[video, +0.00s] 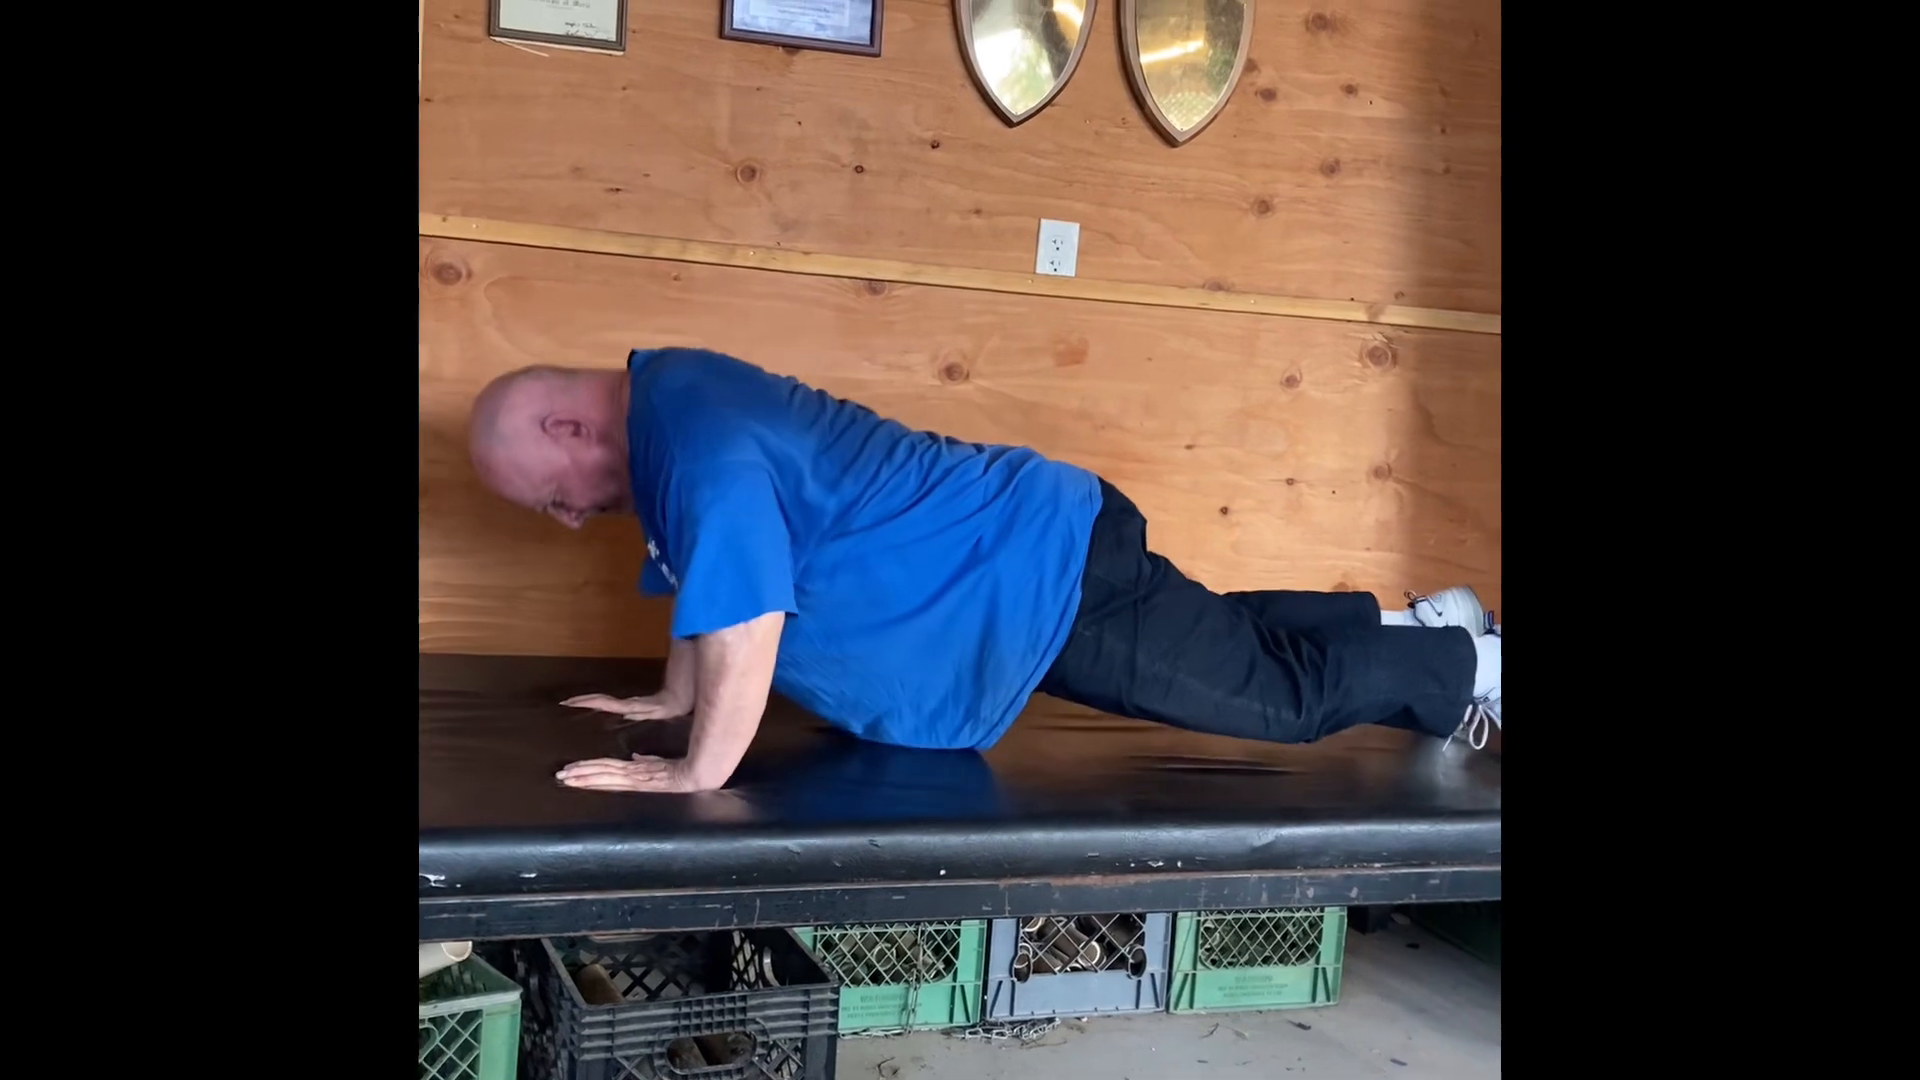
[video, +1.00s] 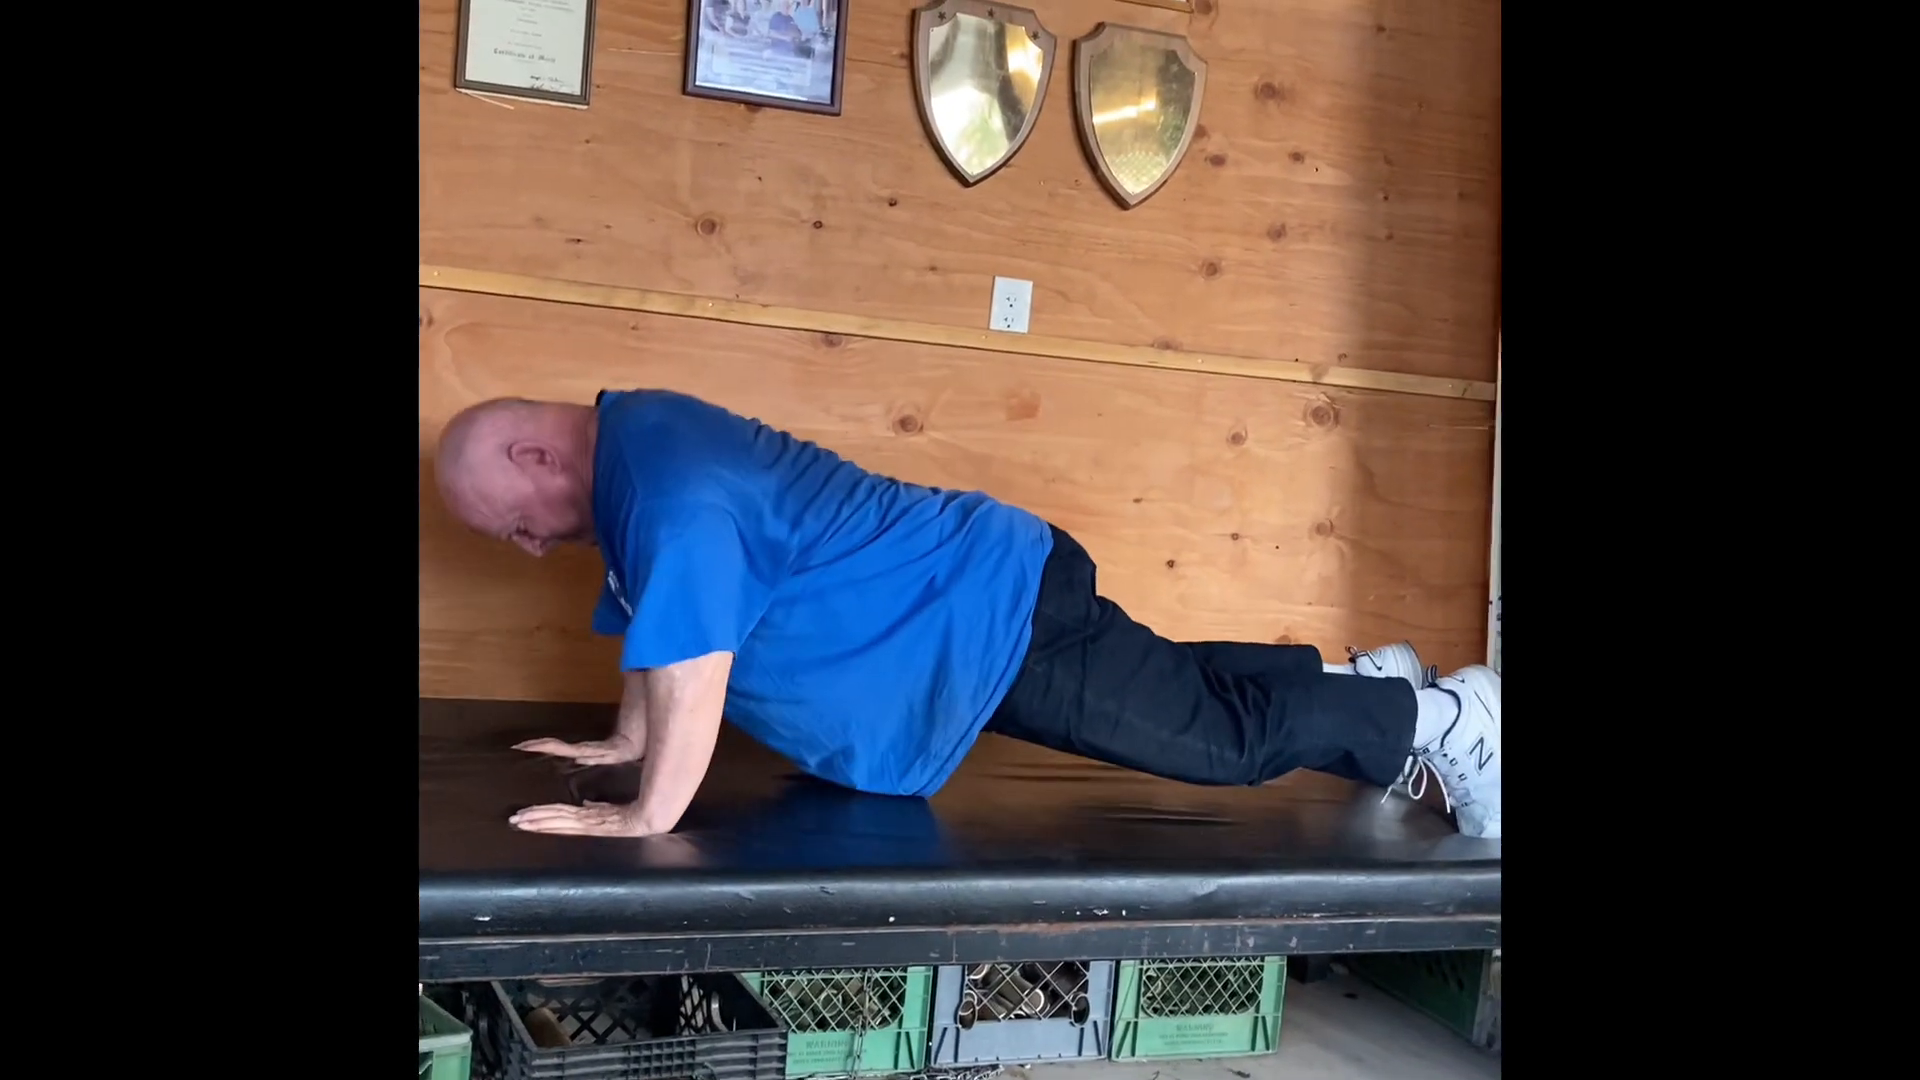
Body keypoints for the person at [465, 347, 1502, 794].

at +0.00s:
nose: (573, 511)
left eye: (556, 491)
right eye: (551, 502)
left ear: (571, 431)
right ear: (569, 415)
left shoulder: (695, 437)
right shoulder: (664, 412)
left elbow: (747, 613)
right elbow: (717, 592)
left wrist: (704, 770)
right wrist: (681, 705)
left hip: (1050, 583)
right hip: (1030, 557)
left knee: (1274, 696)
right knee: (1217, 638)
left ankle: (1462, 662)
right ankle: (1406, 618)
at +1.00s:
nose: (535, 536)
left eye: (519, 517)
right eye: (516, 525)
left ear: (537, 460)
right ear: (539, 442)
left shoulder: (664, 481)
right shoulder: (637, 458)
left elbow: (694, 667)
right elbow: (671, 648)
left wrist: (656, 815)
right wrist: (640, 757)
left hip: (996, 617)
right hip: (976, 607)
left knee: (1215, 736)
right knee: (1183, 695)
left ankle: (1438, 726)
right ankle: (1381, 694)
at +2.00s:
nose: (520, 550)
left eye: (508, 533)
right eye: (504, 538)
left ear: (531, 478)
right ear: (531, 454)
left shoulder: (663, 507)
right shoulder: (631, 476)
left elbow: (680, 704)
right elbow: (654, 665)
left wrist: (637, 846)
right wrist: (617, 782)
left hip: (987, 641)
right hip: (964, 632)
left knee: (1201, 762)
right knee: (1169, 726)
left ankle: (1433, 757)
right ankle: (1363, 730)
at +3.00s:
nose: (525, 579)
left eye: (512, 562)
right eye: (509, 568)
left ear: (533, 508)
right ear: (534, 489)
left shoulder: (662, 535)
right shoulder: (630, 510)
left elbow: (680, 735)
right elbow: (656, 695)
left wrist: (633, 877)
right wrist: (616, 805)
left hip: (979, 681)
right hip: (951, 678)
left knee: (1201, 803)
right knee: (1165, 763)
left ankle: (1429, 783)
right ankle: (1358, 757)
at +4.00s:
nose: (532, 614)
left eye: (516, 594)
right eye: (513, 606)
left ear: (531, 537)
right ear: (529, 544)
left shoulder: (654, 550)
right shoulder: (622, 554)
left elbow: (691, 755)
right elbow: (657, 731)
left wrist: (638, 897)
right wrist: (616, 842)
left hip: (989, 707)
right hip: (960, 715)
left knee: (1204, 822)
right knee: (1168, 787)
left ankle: (1430, 804)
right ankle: (1365, 771)